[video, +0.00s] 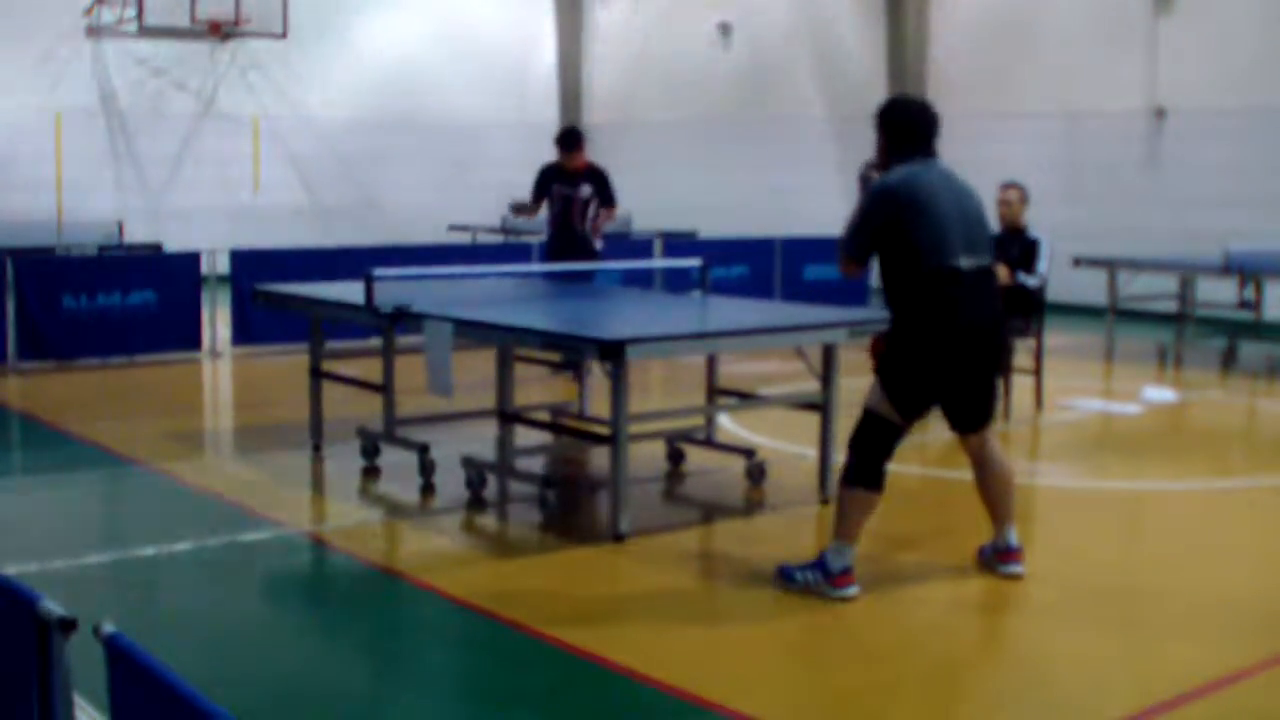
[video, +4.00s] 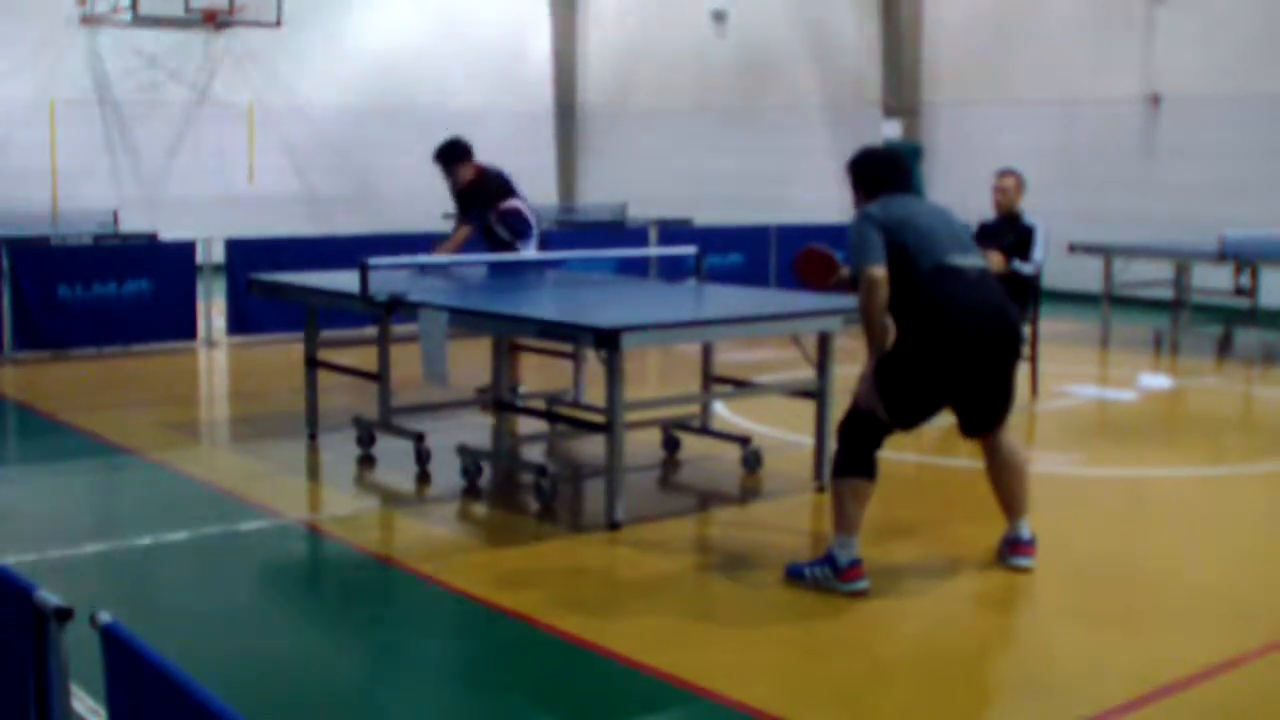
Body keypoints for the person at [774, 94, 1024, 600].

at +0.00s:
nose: (876, 145)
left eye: (879, 137)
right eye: (881, 136)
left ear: (885, 142)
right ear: (931, 138)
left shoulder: (888, 192)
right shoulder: (959, 188)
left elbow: (851, 264)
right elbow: (982, 267)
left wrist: (869, 197)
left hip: (921, 339)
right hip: (979, 338)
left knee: (869, 444)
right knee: (979, 438)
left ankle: (837, 562)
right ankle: (1007, 544)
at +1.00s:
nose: (857, 215)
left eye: (857, 207)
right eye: (857, 207)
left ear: (866, 204)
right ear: (909, 196)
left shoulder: (875, 231)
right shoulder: (945, 231)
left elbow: (881, 294)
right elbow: (985, 283)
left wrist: (869, 360)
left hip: (937, 350)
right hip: (999, 348)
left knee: (861, 443)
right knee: (995, 441)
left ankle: (846, 568)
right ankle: (1024, 547)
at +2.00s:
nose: (849, 219)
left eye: (849, 210)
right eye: (848, 210)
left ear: (858, 208)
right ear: (899, 196)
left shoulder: (872, 235)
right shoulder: (937, 226)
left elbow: (881, 305)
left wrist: (870, 382)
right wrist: (856, 304)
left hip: (944, 353)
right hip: (1006, 346)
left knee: (871, 439)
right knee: (999, 438)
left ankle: (845, 561)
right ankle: (1023, 542)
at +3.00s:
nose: (848, 210)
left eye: (847, 201)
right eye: (846, 201)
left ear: (855, 200)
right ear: (899, 189)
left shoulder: (870, 224)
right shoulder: (932, 219)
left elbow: (885, 280)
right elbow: (933, 278)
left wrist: (878, 360)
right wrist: (853, 285)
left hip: (939, 342)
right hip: (999, 337)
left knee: (861, 434)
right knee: (993, 431)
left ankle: (845, 558)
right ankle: (1021, 537)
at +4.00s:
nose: (855, 198)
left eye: (854, 190)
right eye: (855, 190)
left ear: (863, 188)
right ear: (906, 181)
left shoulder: (871, 218)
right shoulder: (942, 215)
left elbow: (875, 282)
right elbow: (981, 271)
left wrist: (876, 358)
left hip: (933, 341)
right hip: (995, 338)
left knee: (858, 433)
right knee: (993, 431)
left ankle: (844, 556)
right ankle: (1021, 534)